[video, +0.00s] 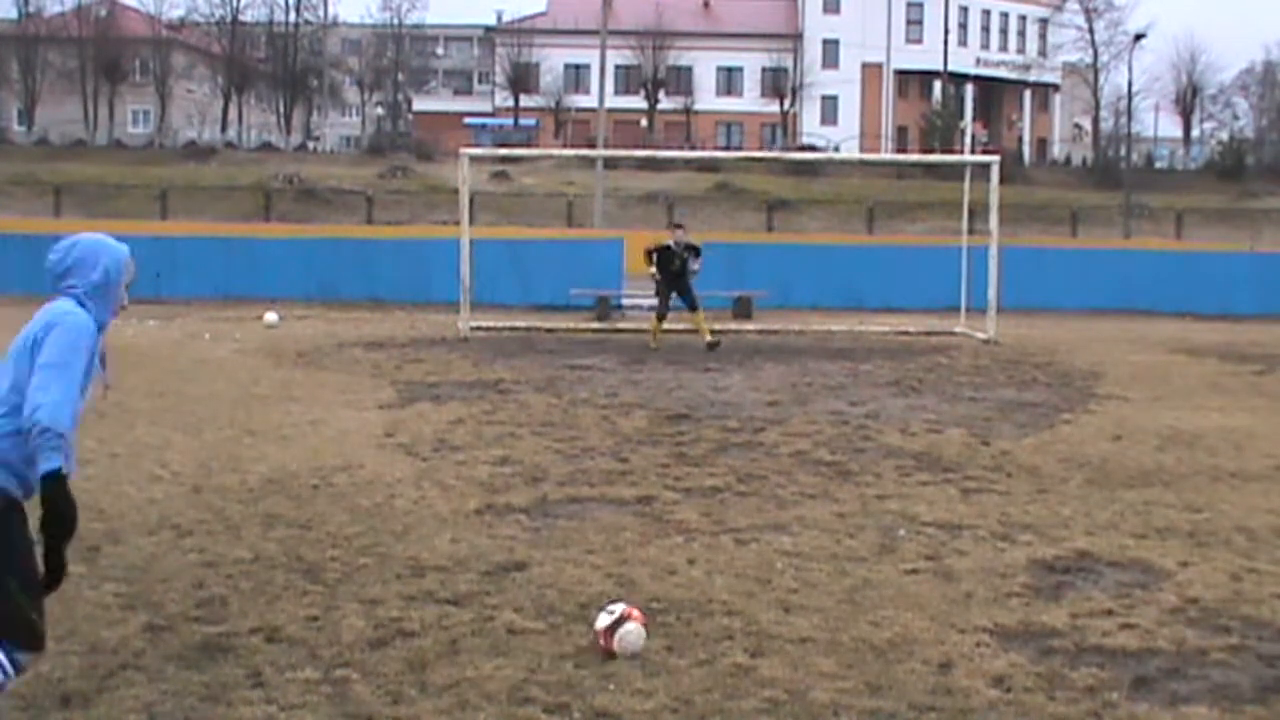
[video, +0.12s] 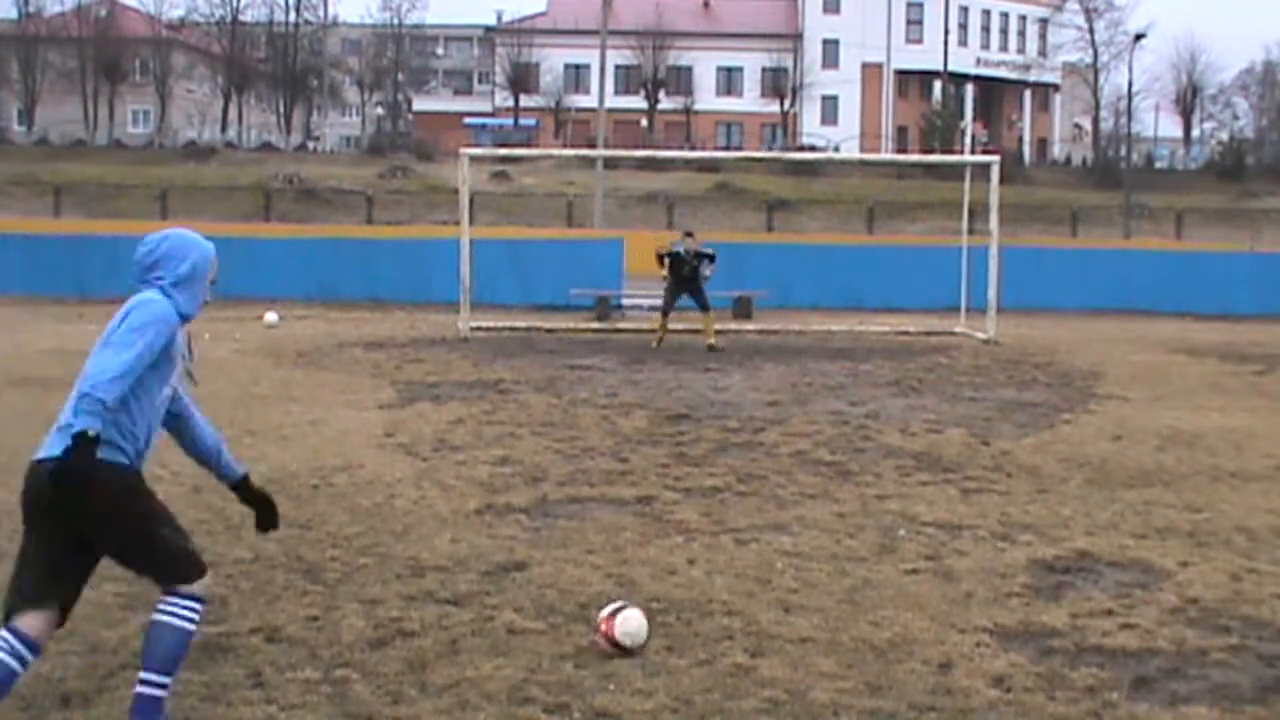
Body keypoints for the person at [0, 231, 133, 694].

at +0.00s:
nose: (126, 299)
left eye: (127, 287)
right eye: (122, 286)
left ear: (82, 279)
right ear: (96, 281)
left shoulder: (60, 319)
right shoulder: (73, 322)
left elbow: (41, 409)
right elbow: (48, 406)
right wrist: (55, 488)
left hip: (9, 493)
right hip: (5, 494)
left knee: (21, 633)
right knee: (21, 636)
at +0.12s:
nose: (209, 293)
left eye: (210, 283)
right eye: (206, 281)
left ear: (161, 271)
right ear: (186, 277)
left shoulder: (157, 330)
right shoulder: (157, 310)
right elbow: (111, 369)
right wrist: (84, 437)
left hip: (52, 476)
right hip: (100, 473)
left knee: (34, 620)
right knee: (187, 584)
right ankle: (147, 709)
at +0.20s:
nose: (268, 288)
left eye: (269, 279)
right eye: (266, 278)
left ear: (221, 266)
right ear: (249, 273)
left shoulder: (221, 318)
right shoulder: (215, 303)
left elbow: (258, 380)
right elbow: (171, 357)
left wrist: (319, 424)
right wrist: (144, 424)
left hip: (131, 463)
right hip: (183, 465)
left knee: (81, 595)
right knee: (262, 576)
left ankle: (5, 693)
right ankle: (275, 707)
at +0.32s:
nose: (347, 296)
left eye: (348, 285)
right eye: (345, 285)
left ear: (295, 275)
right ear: (329, 282)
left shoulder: (267, 316)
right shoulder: (311, 325)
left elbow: (258, 405)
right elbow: (305, 413)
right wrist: (328, 480)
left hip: (229, 472)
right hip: (279, 471)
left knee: (256, 616)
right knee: (334, 595)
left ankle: (147, 628)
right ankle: (309, 710)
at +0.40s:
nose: (394, 280)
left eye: (392, 271)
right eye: (391, 271)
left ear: (341, 265)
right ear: (382, 272)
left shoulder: (308, 302)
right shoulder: (377, 315)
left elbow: (276, 299)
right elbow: (403, 393)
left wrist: (249, 288)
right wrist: (438, 455)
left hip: (279, 457)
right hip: (323, 458)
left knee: (339, 570)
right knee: (338, 586)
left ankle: (291, 627)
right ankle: (309, 707)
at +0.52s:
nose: (440, 263)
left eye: (438, 255)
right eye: (439, 256)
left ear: (390, 249)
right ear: (428, 256)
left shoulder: (351, 289)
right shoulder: (432, 299)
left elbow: (280, 301)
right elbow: (467, 367)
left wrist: (209, 303)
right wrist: (502, 427)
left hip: (363, 442)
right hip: (414, 437)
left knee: (432, 523)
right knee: (393, 536)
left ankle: (490, 620)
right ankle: (336, 614)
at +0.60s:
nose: (461, 274)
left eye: (459, 265)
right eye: (459, 266)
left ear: (410, 264)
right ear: (449, 270)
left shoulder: (372, 309)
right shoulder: (457, 317)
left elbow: (309, 351)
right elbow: (477, 392)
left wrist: (249, 385)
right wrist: (501, 453)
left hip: (416, 456)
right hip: (461, 443)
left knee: (480, 542)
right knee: (475, 532)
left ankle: (529, 615)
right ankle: (393, 524)